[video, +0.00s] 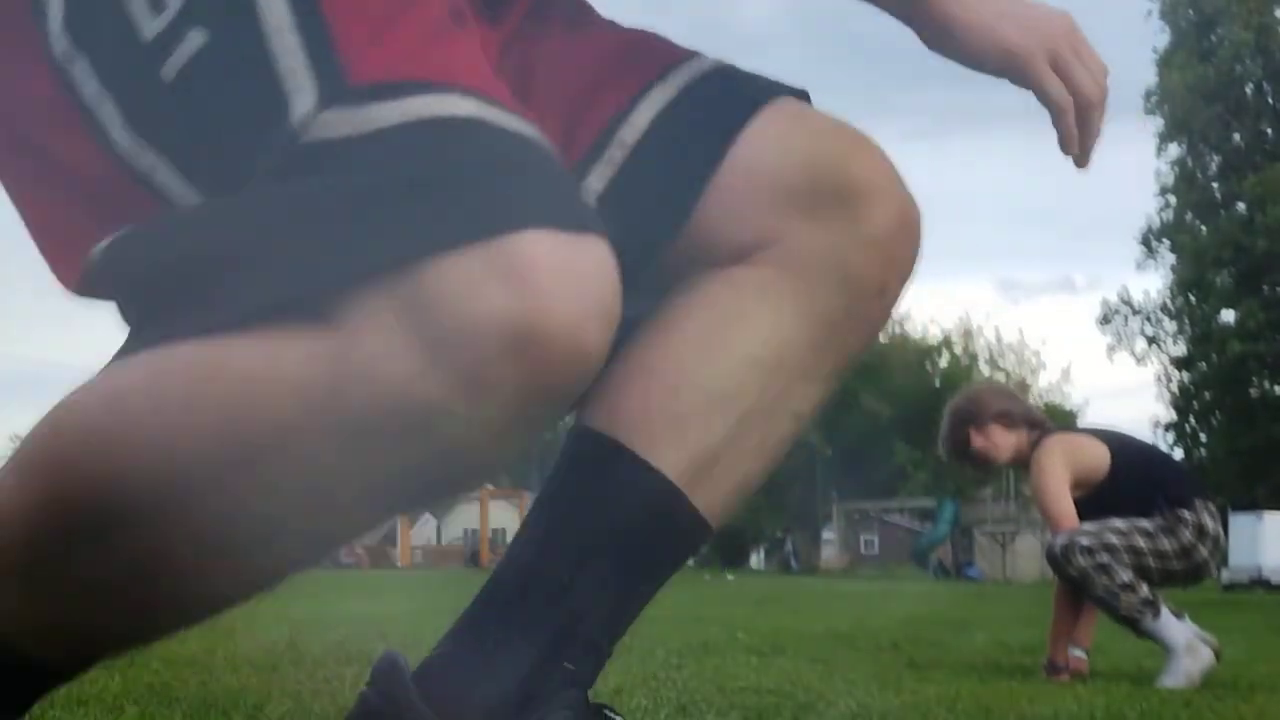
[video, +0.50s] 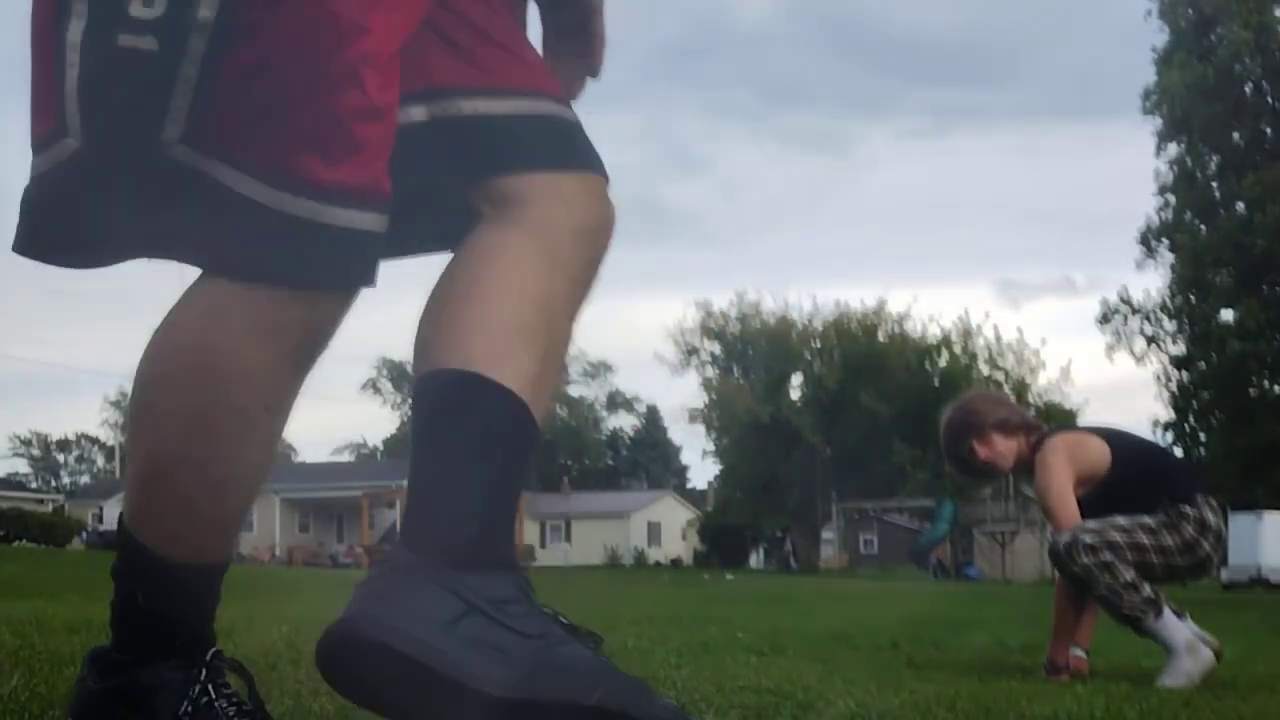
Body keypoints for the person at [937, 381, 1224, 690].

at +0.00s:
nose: (975, 444)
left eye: (979, 428)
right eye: (968, 440)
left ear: (1007, 416)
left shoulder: (1048, 458)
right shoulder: (1058, 452)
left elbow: (1072, 564)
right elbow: (1087, 562)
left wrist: (1057, 653)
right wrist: (1080, 649)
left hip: (1191, 533)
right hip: (1189, 532)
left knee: (1070, 548)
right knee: (1085, 548)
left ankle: (1185, 647)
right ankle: (1184, 633)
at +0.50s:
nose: (980, 454)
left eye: (981, 438)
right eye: (971, 451)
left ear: (1004, 421)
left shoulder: (1051, 459)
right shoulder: (1058, 453)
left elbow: (1074, 567)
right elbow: (1090, 564)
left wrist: (1058, 653)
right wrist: (1080, 648)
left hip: (1193, 530)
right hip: (1192, 528)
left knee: (1071, 545)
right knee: (1088, 546)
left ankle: (1186, 649)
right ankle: (1187, 634)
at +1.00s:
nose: (978, 453)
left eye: (979, 437)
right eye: (969, 450)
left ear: (1003, 420)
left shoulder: (1049, 452)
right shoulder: (1051, 454)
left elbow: (1068, 560)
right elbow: (1082, 560)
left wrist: (1059, 650)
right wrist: (1078, 648)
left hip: (1188, 529)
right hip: (1180, 529)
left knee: (1067, 548)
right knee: (1081, 551)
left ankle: (1184, 645)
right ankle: (1183, 633)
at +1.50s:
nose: (996, 446)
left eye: (998, 431)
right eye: (985, 442)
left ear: (1021, 417)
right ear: (982, 449)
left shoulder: (1067, 450)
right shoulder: (1069, 448)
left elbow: (1080, 562)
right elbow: (1093, 560)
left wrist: (1061, 649)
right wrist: (1077, 647)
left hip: (1200, 536)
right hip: (1194, 536)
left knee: (1078, 544)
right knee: (1092, 548)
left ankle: (1187, 649)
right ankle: (1189, 636)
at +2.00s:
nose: (1038, 374)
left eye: (1043, 359)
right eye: (1030, 370)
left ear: (1069, 349)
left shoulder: (1126, 395)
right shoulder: (1091, 412)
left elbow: (1110, 514)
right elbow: (1085, 513)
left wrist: (1070, 616)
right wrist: (1060, 600)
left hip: (1247, 462)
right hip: (1211, 469)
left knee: (1139, 518)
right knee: (1111, 537)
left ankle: (1192, 657)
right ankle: (1199, 640)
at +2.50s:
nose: (1091, 210)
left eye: (1095, 199)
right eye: (1088, 201)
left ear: (1125, 192)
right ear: (1107, 200)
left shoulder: (1171, 244)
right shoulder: (1114, 264)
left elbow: (1229, 319)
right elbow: (1125, 356)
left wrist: (1222, 413)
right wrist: (1098, 419)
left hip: (1237, 373)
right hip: (1195, 379)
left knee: (1197, 508)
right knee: (1193, 510)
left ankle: (1197, 656)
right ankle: (1221, 651)